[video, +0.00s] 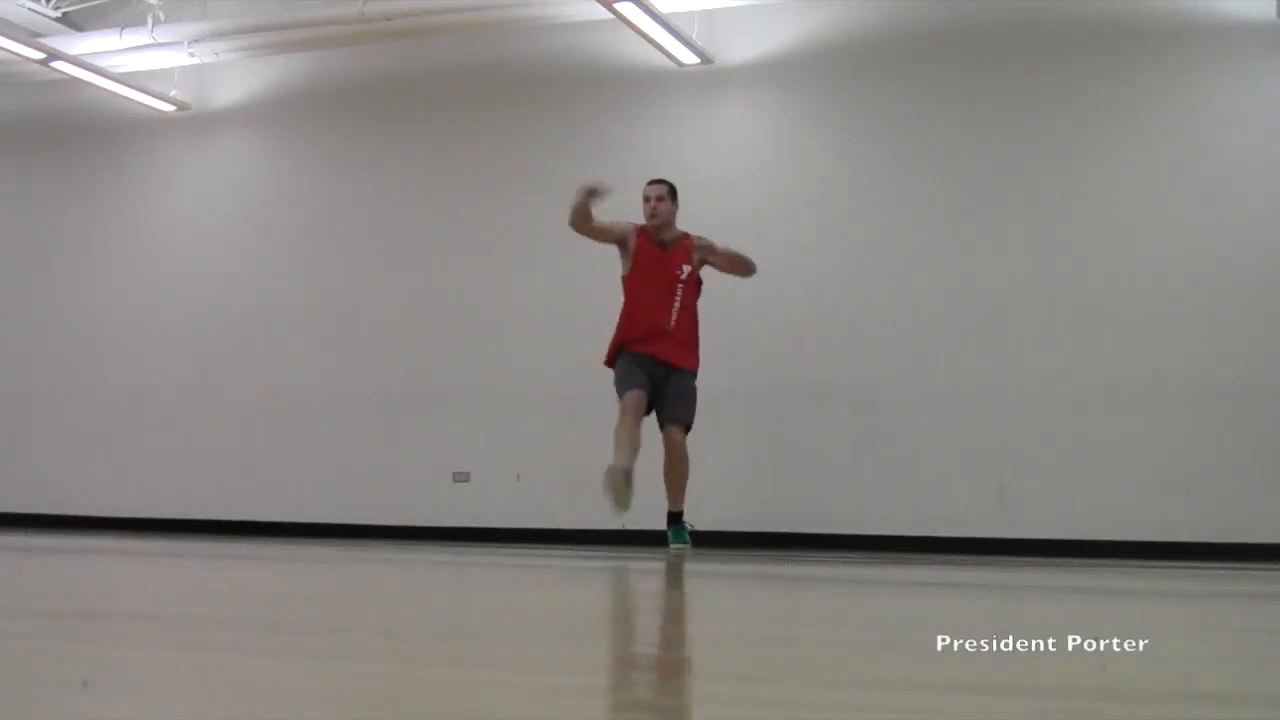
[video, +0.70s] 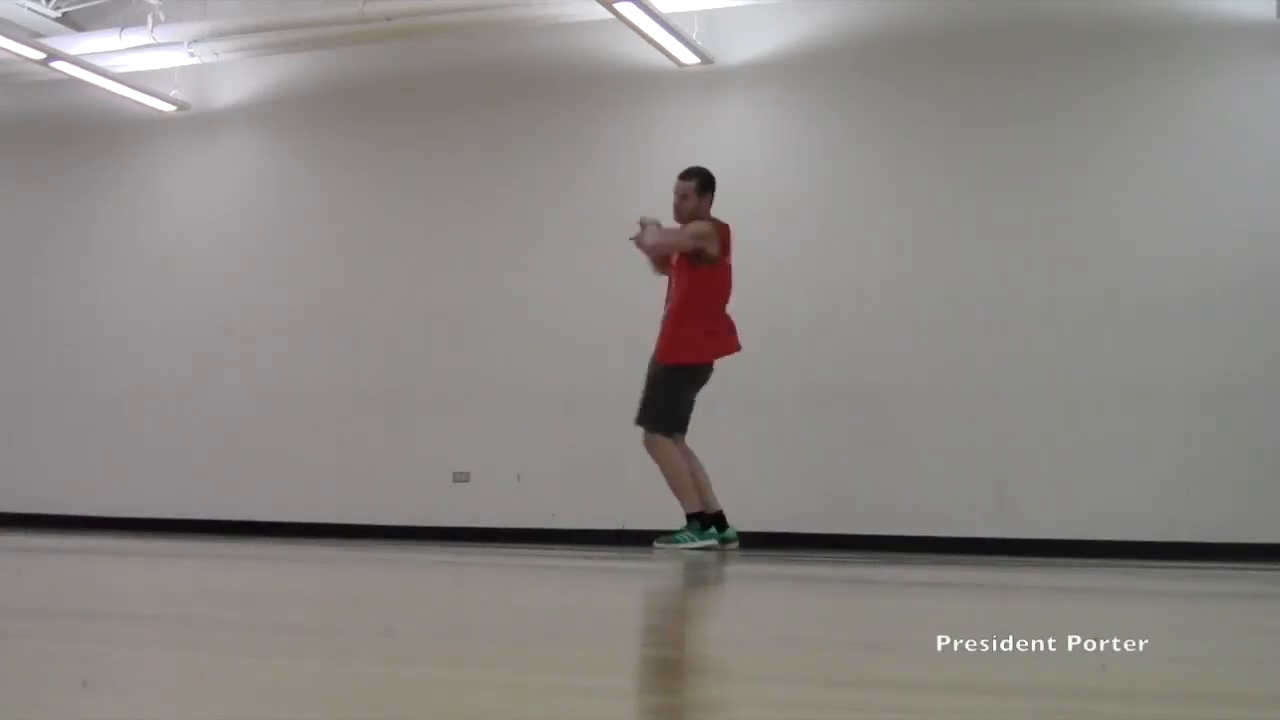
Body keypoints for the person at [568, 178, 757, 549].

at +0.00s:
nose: (652, 206)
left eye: (660, 200)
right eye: (647, 200)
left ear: (675, 206)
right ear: (642, 207)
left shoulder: (694, 246)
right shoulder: (630, 236)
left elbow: (747, 269)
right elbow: (582, 225)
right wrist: (582, 199)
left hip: (678, 356)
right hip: (635, 350)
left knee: (675, 436)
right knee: (632, 403)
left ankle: (676, 521)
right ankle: (621, 485)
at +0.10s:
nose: (660, 203)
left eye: (667, 197)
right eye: (655, 197)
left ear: (682, 203)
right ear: (649, 204)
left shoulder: (699, 240)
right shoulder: (635, 233)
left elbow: (739, 256)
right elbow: (583, 247)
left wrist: (704, 222)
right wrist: (618, 215)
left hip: (682, 347)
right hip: (640, 338)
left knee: (677, 438)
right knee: (667, 375)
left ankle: (647, 517)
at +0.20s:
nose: (660, 206)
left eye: (667, 199)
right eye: (654, 200)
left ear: (681, 204)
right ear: (648, 205)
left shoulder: (696, 238)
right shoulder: (639, 238)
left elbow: (732, 252)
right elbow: (598, 269)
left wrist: (703, 212)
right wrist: (615, 223)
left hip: (678, 348)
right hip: (646, 345)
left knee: (683, 441)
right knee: (705, 404)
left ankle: (632, 523)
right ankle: (709, 507)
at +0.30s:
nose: (659, 210)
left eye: (662, 202)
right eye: (651, 205)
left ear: (672, 210)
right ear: (640, 216)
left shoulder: (687, 242)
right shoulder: (635, 250)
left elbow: (734, 236)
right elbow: (637, 268)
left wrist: (695, 208)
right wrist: (644, 213)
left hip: (684, 361)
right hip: (666, 362)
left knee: (697, 451)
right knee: (728, 433)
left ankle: (633, 524)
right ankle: (702, 521)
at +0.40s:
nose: (660, 211)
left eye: (660, 205)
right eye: (651, 209)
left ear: (660, 210)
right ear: (635, 219)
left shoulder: (658, 239)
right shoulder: (659, 250)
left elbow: (705, 212)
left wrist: (684, 200)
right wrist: (717, 218)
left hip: (675, 367)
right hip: (692, 364)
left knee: (698, 450)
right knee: (739, 439)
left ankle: (638, 520)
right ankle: (708, 525)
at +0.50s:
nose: (679, 203)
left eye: (674, 197)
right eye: (675, 199)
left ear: (643, 209)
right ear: (673, 207)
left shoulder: (632, 238)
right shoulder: (698, 239)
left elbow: (659, 199)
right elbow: (724, 273)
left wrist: (699, 206)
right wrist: (724, 224)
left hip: (667, 363)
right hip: (708, 360)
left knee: (685, 442)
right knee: (742, 436)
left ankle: (663, 515)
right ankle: (708, 524)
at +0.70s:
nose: (677, 201)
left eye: (685, 195)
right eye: (676, 194)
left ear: (705, 198)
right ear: (680, 198)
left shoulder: (707, 231)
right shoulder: (695, 235)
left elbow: (654, 244)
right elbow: (663, 264)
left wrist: (649, 227)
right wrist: (650, 238)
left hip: (683, 352)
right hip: (689, 352)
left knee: (656, 439)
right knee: (672, 440)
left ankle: (698, 524)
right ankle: (716, 523)